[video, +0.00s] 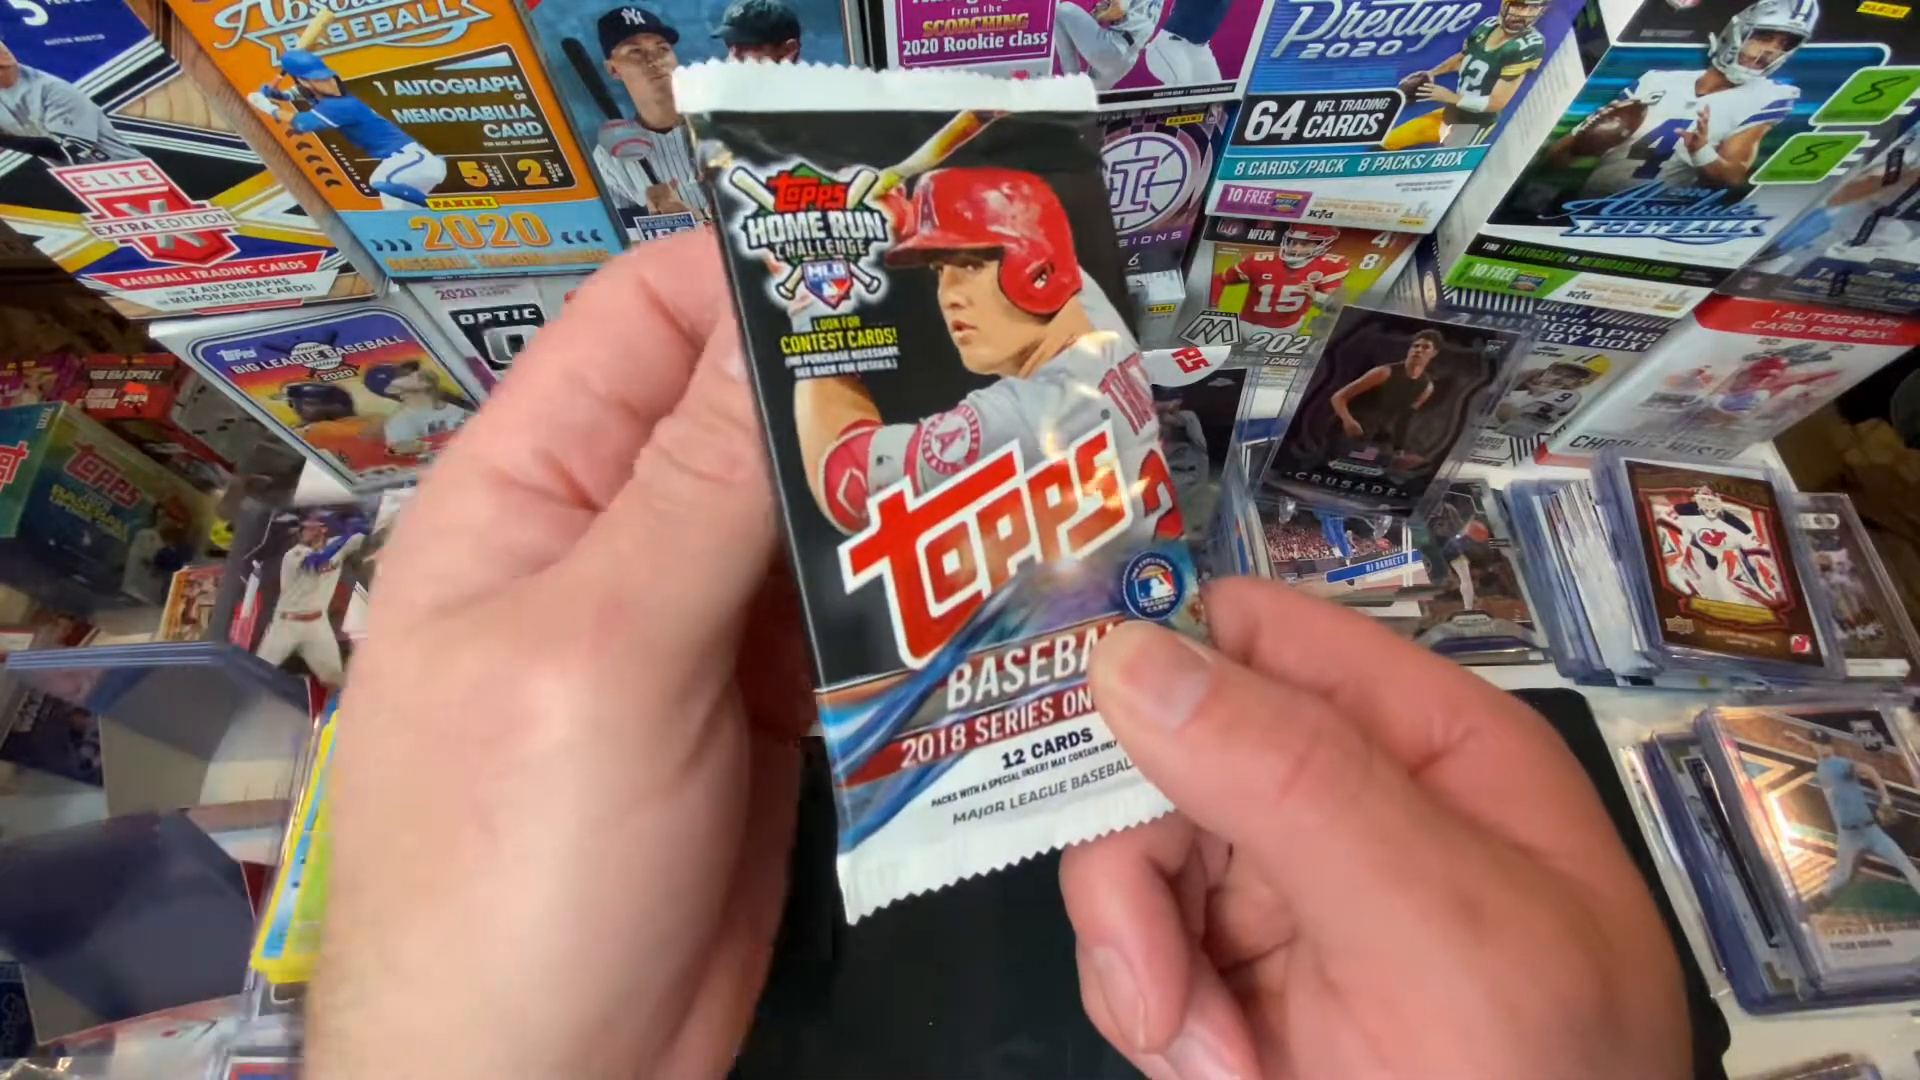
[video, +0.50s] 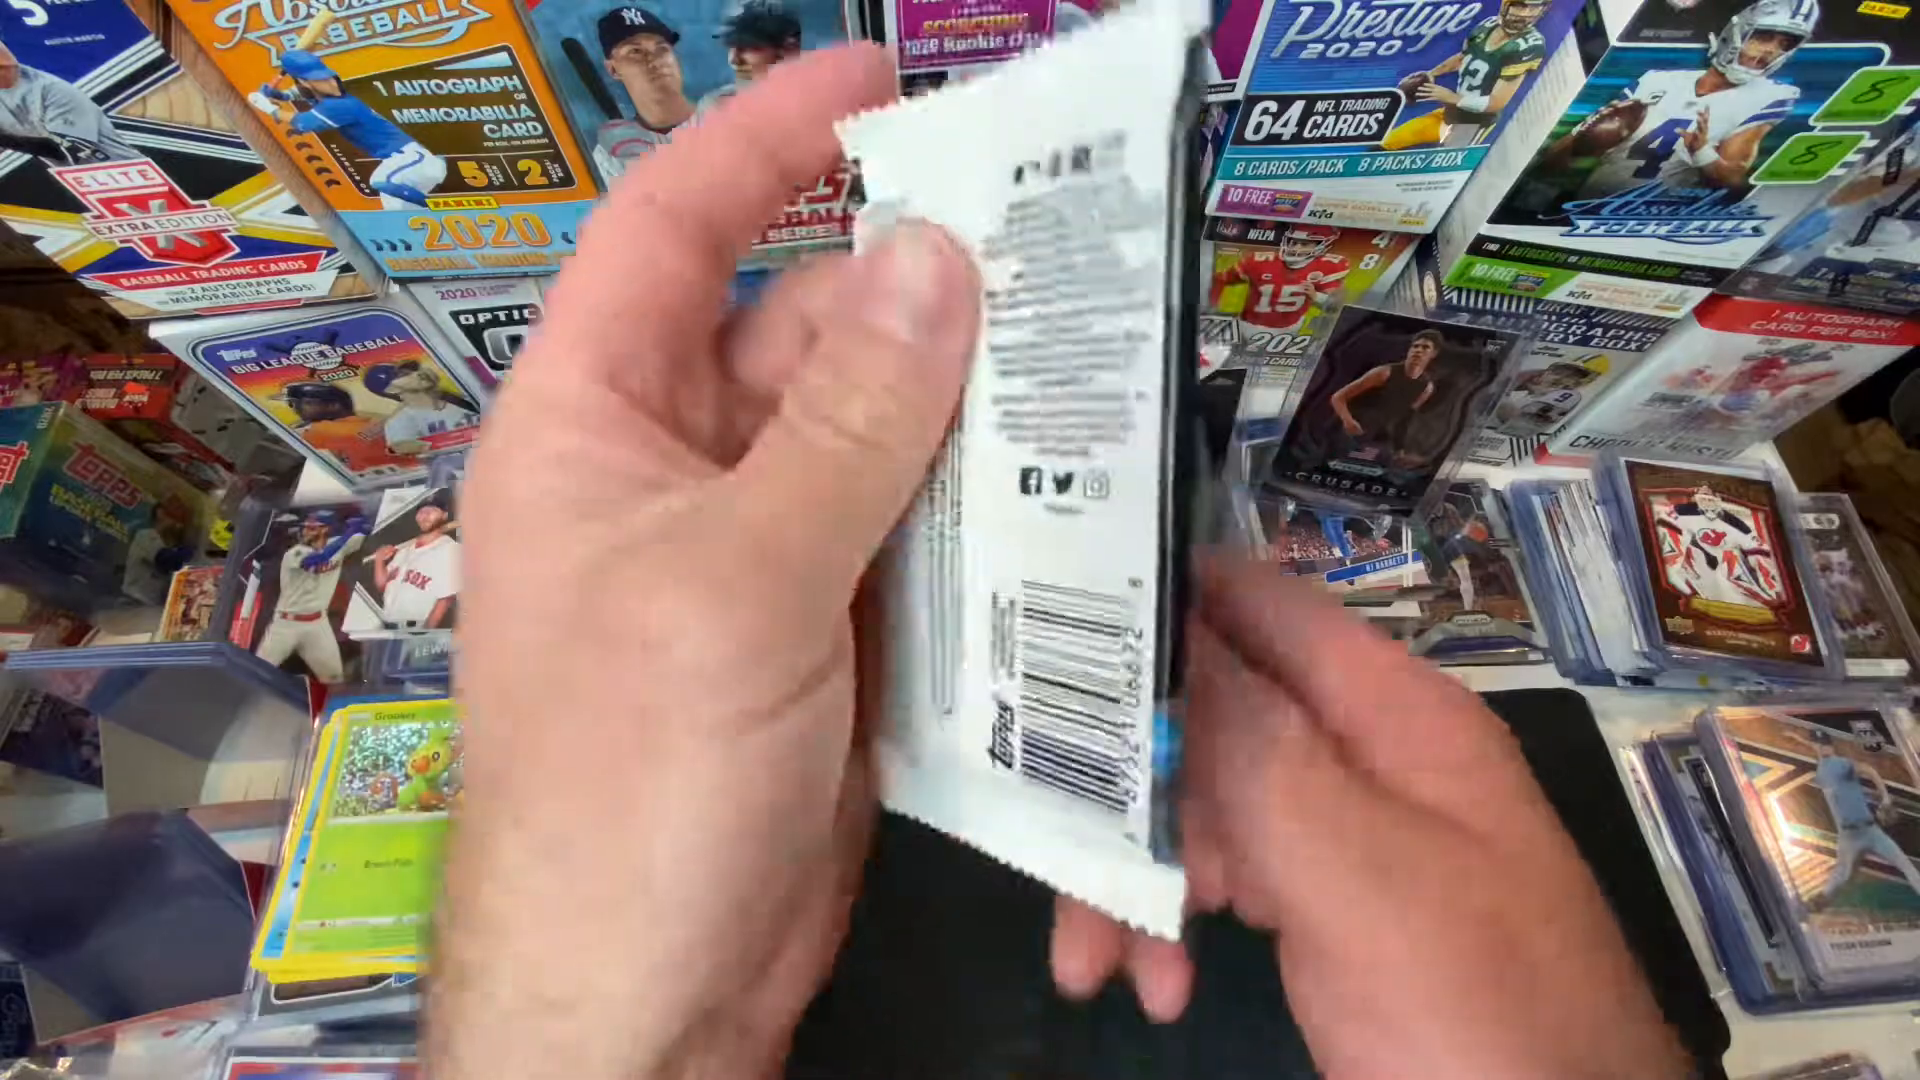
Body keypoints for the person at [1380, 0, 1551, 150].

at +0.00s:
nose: (1516, 13)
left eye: (1528, 7)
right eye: (1513, 5)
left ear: (1541, 11)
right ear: (1503, 4)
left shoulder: (1527, 47)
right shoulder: (1487, 26)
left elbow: (1495, 104)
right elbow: (1463, 58)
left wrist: (1450, 97)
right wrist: (1431, 73)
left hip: (1476, 124)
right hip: (1451, 111)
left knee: (1442, 175)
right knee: (1389, 141)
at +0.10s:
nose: (1518, 13)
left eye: (1529, 7)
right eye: (1514, 4)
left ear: (1542, 11)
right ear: (1503, 4)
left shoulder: (1526, 48)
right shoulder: (1487, 27)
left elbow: (1495, 104)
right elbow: (1463, 58)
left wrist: (1450, 97)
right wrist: (1431, 74)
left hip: (1477, 124)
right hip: (1452, 112)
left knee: (1442, 173)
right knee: (1390, 141)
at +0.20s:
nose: (1521, 13)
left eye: (1531, 7)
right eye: (1517, 5)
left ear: (1543, 10)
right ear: (1504, 5)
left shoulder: (1526, 47)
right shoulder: (1486, 27)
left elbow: (1496, 103)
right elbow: (1462, 58)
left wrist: (1449, 97)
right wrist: (1431, 74)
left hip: (1477, 123)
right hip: (1451, 111)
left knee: (1442, 172)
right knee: (1390, 141)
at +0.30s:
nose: (1522, 13)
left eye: (1531, 7)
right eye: (1517, 5)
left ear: (1543, 10)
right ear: (1504, 5)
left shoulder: (1527, 47)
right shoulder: (1486, 27)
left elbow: (1496, 103)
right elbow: (1462, 58)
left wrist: (1449, 97)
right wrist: (1431, 74)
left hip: (1478, 123)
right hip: (1451, 111)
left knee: (1442, 172)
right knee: (1390, 141)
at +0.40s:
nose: (1521, 12)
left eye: (1531, 7)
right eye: (1517, 5)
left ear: (1543, 10)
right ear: (1504, 4)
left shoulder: (1527, 47)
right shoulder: (1485, 27)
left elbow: (1495, 104)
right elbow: (1462, 58)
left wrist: (1448, 97)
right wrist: (1431, 74)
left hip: (1478, 123)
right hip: (1452, 112)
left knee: (1442, 172)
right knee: (1390, 141)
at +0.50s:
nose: (1522, 13)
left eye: (1531, 7)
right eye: (1517, 5)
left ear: (1543, 10)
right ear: (1504, 4)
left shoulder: (1527, 47)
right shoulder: (1486, 27)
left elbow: (1495, 104)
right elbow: (1462, 58)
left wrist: (1450, 97)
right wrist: (1431, 74)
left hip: (1478, 123)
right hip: (1451, 111)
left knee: (1443, 172)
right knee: (1390, 141)